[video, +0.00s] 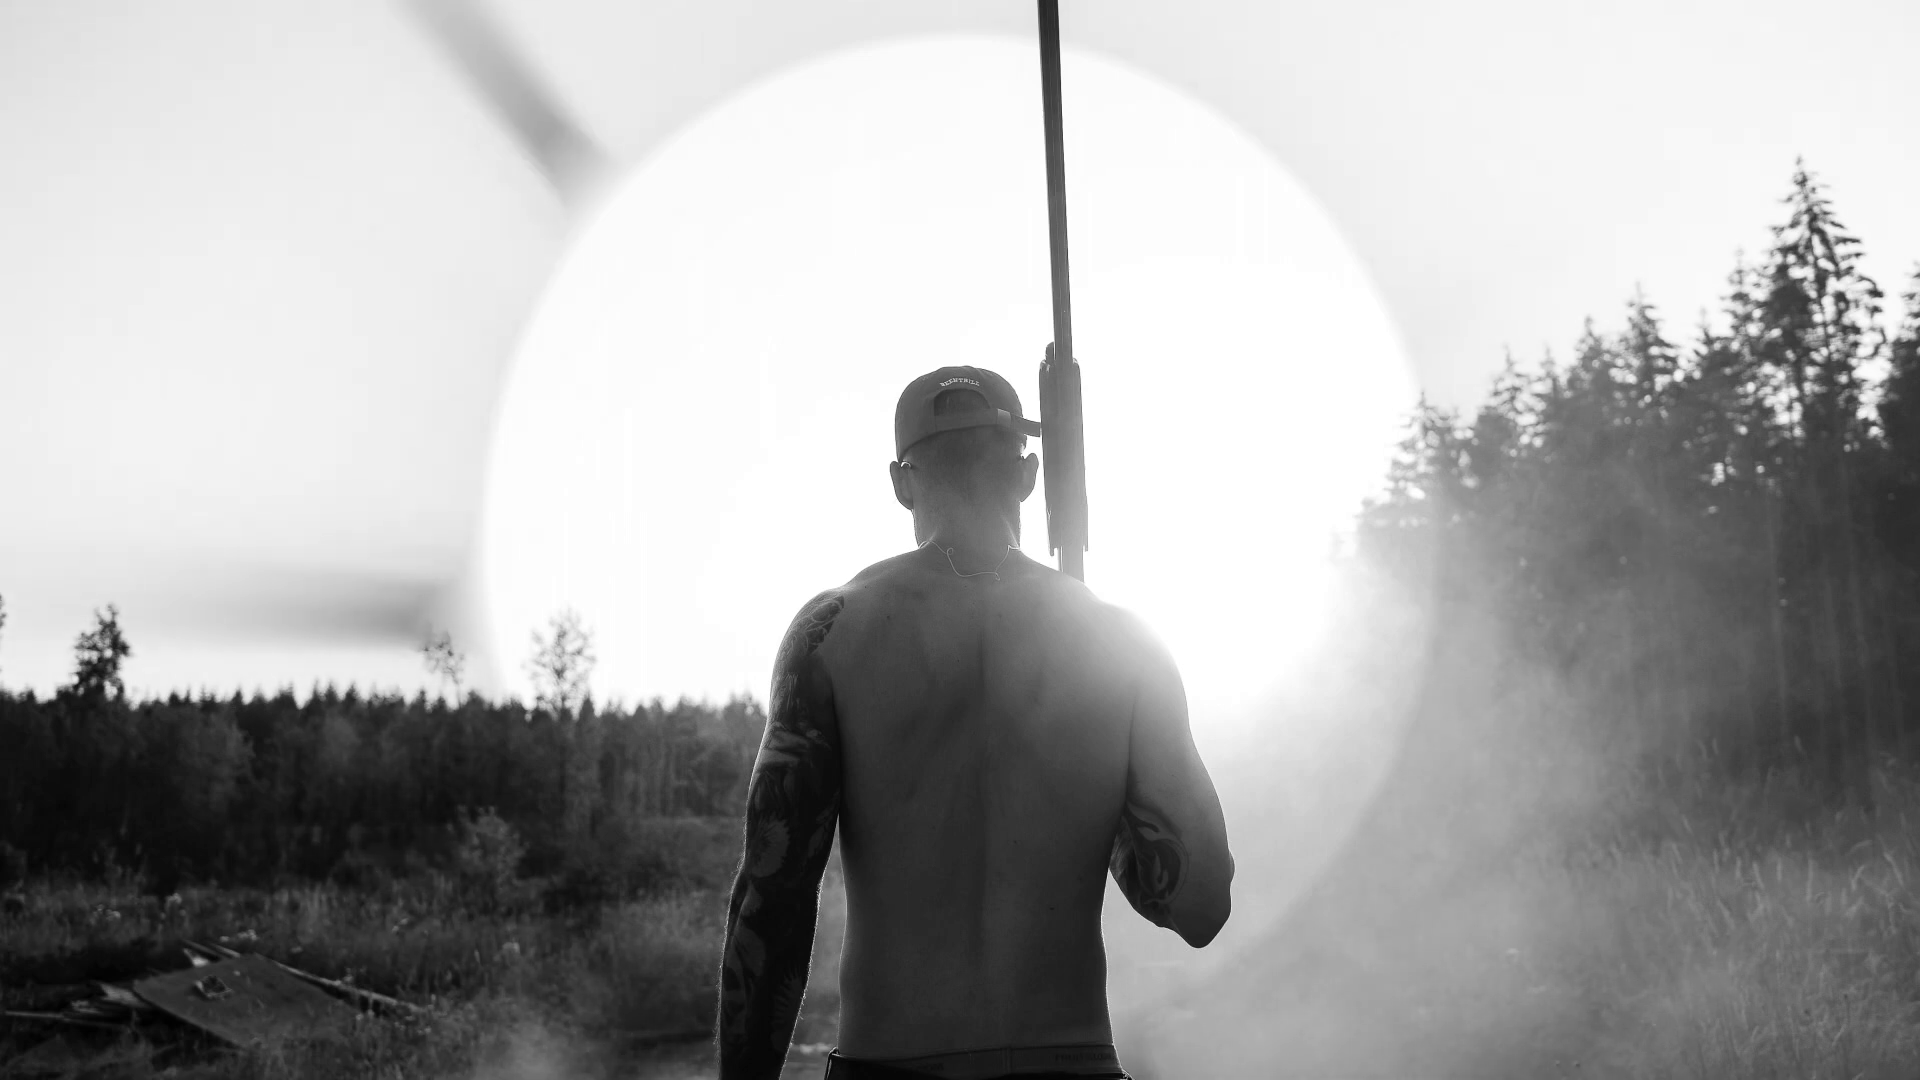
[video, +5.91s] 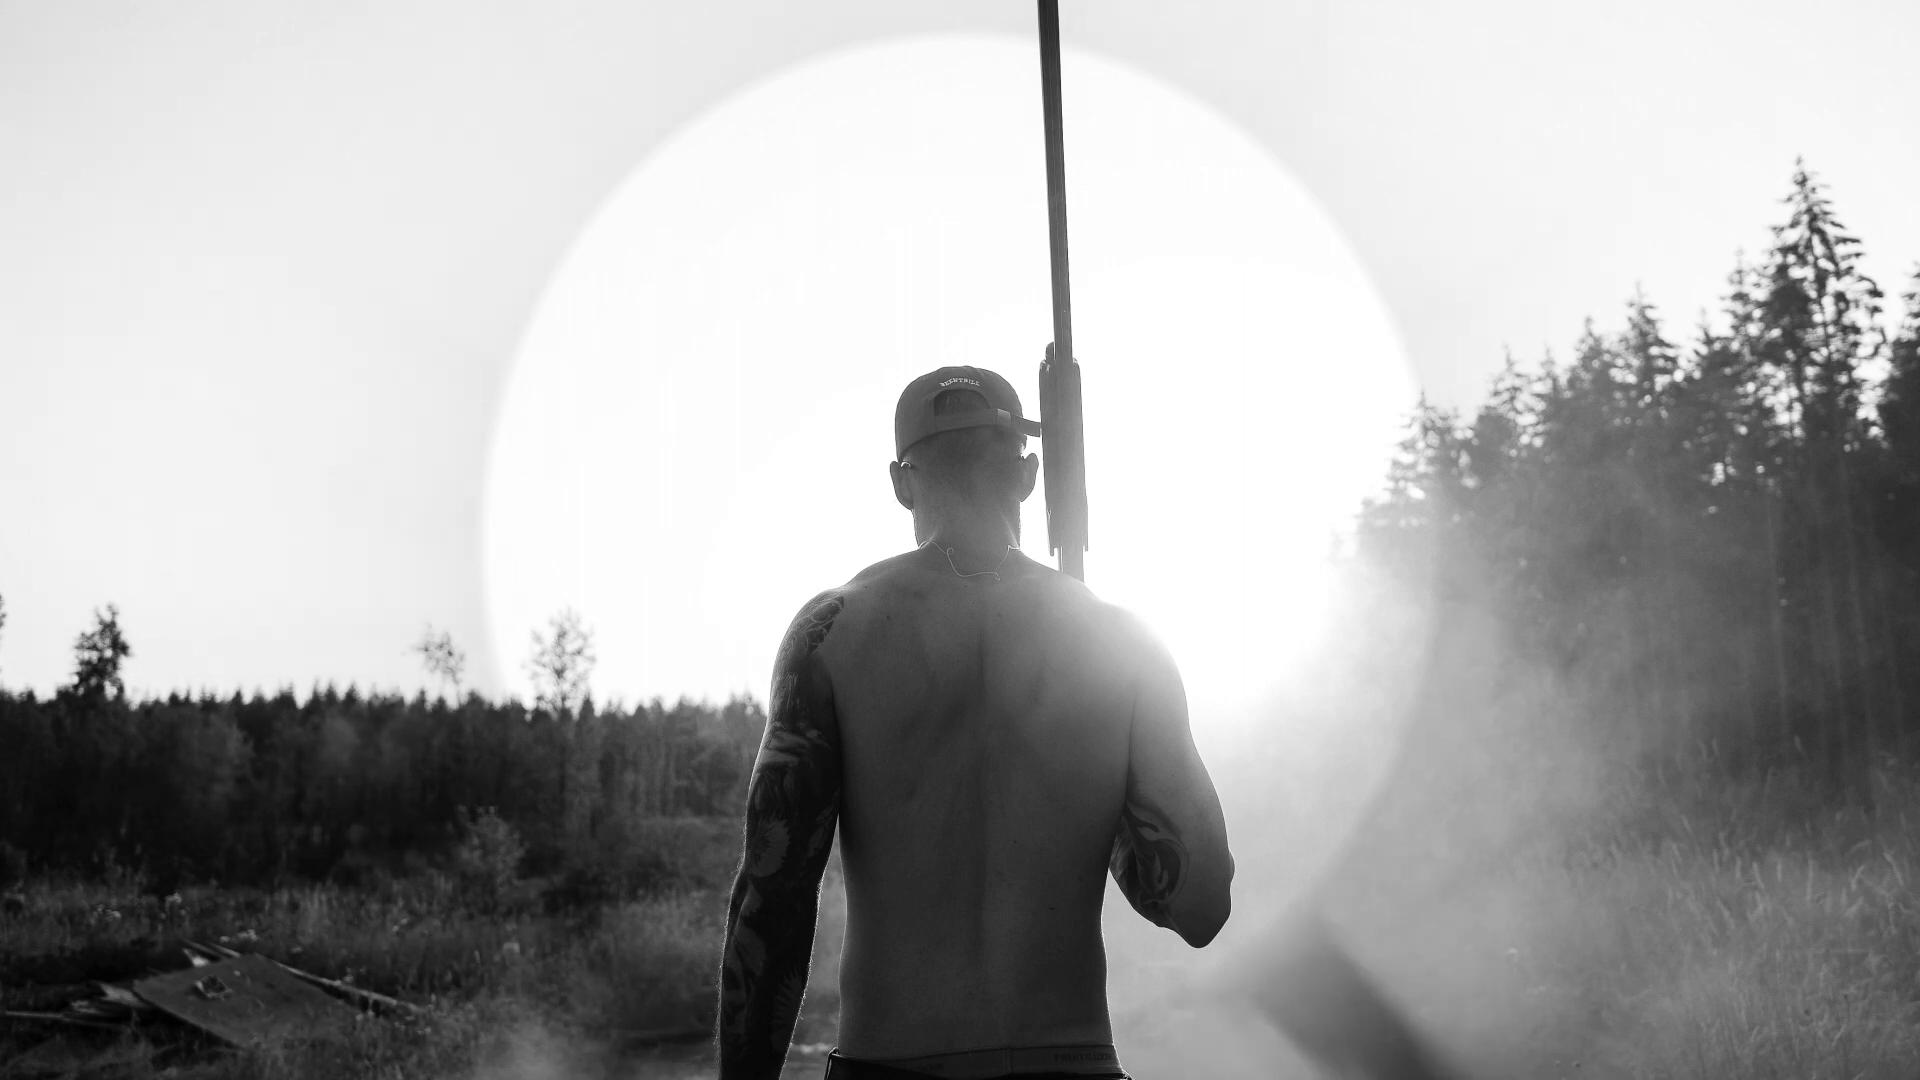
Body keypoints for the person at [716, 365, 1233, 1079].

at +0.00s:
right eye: (1017, 450)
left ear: (903, 486)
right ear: (1027, 476)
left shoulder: (832, 630)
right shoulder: (1121, 641)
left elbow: (773, 884)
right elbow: (1201, 904)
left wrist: (747, 1063)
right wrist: (1102, 803)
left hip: (887, 1045)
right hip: (1067, 1045)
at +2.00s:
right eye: (1015, 448)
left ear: (903, 486)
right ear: (1028, 477)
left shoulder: (831, 630)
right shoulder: (1121, 641)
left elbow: (773, 885)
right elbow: (1201, 905)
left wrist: (747, 1062)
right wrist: (1101, 800)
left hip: (886, 1046)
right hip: (1068, 1046)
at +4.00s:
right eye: (1015, 449)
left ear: (903, 486)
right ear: (1028, 477)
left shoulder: (831, 630)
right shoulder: (1121, 641)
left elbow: (773, 885)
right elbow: (1201, 905)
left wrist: (747, 1062)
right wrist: (1101, 800)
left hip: (886, 1046)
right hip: (1068, 1046)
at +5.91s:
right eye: (1015, 448)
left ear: (903, 486)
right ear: (1028, 477)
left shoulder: (831, 630)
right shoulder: (1122, 641)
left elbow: (773, 885)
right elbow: (1200, 904)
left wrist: (747, 1062)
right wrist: (1100, 800)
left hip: (886, 1046)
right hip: (1067, 1046)